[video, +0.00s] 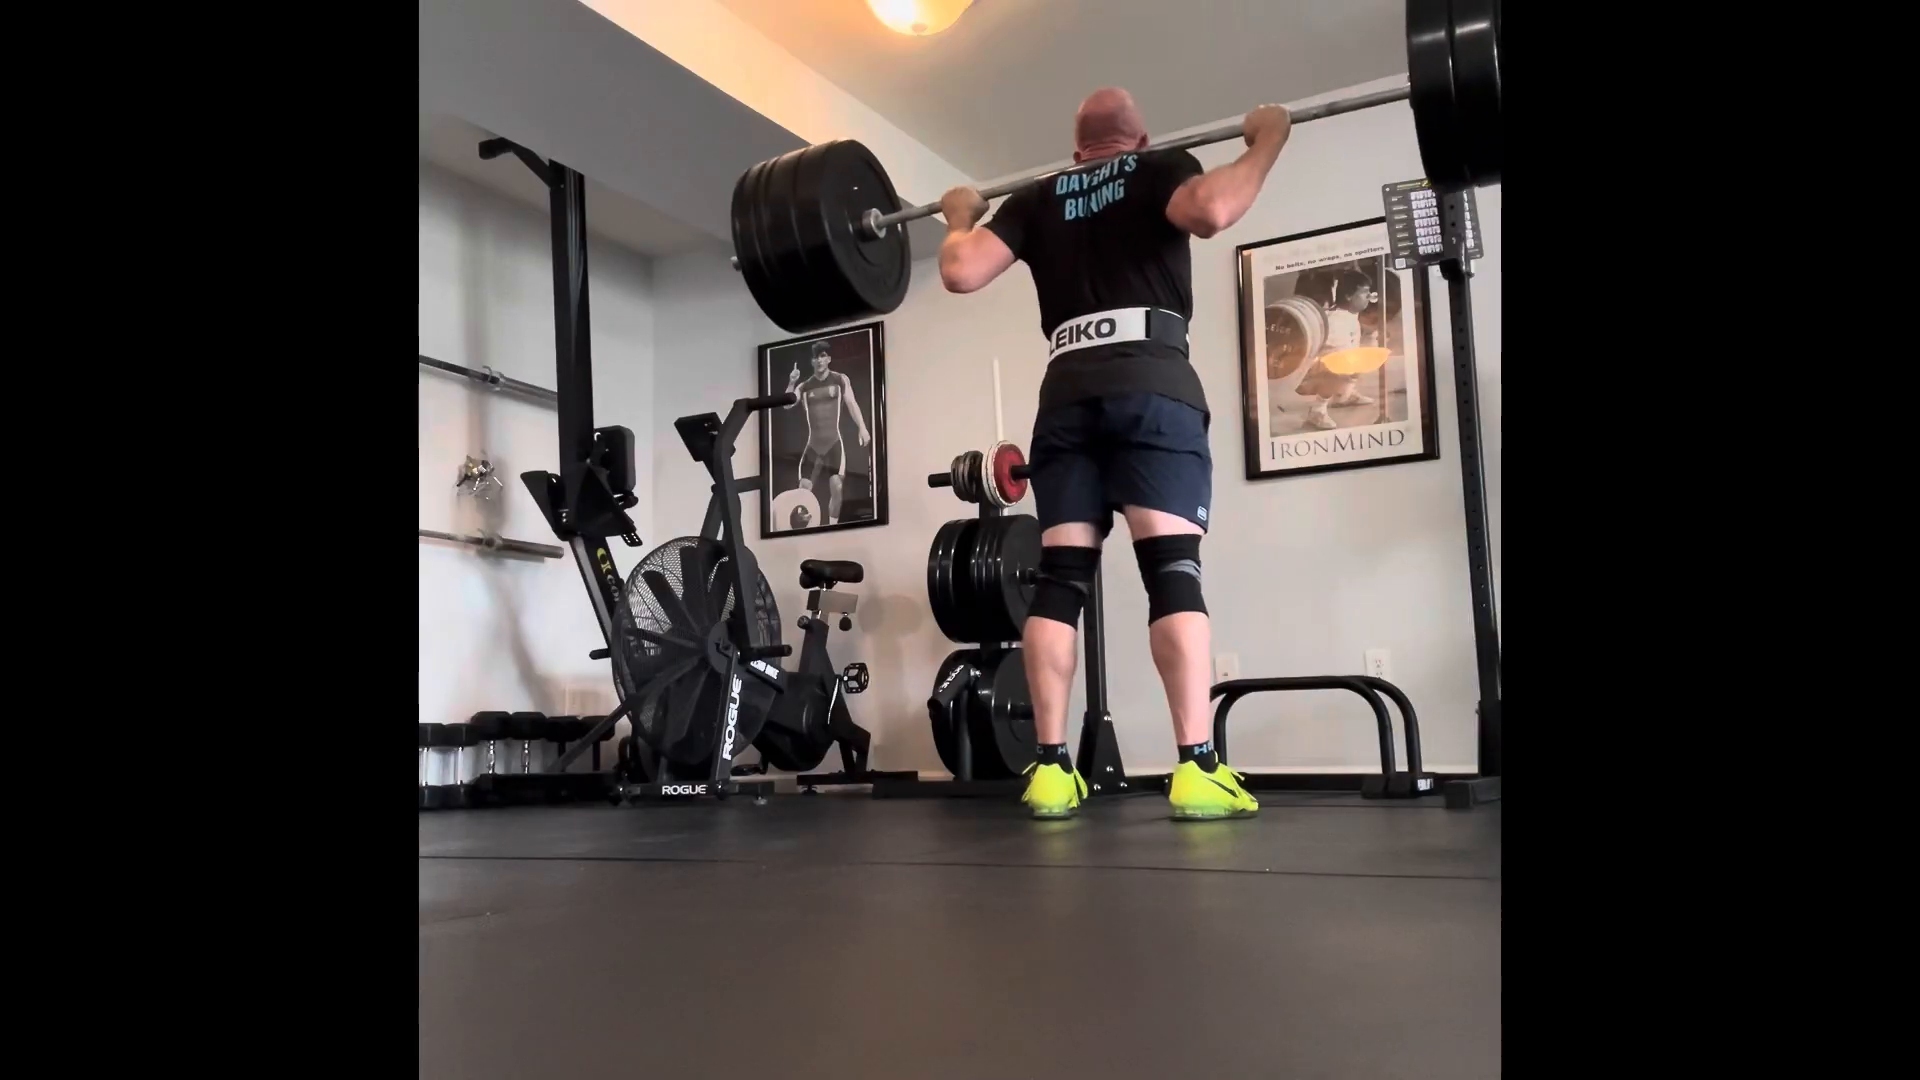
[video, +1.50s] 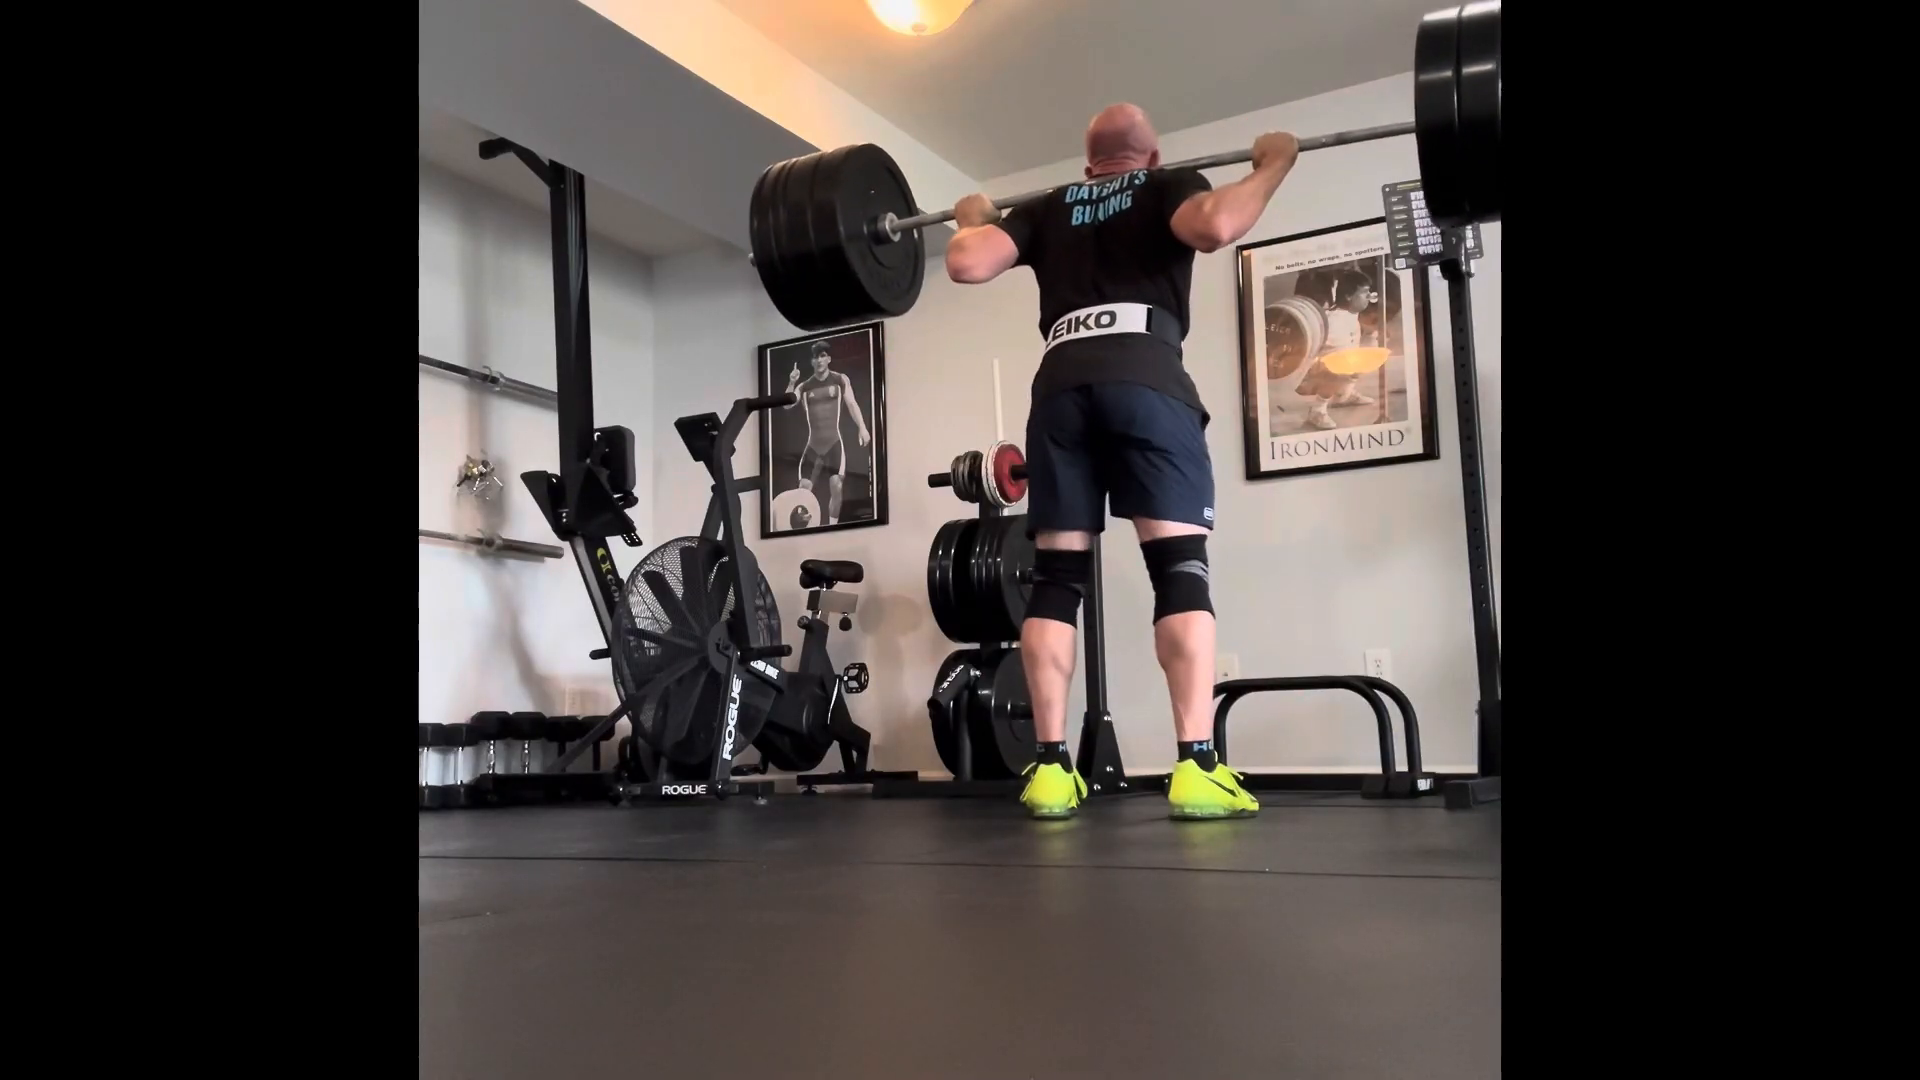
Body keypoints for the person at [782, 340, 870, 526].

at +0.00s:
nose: (819, 361)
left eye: (823, 357)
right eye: (816, 357)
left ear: (829, 359)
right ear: (811, 361)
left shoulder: (840, 380)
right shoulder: (803, 386)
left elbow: (851, 405)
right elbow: (787, 405)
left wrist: (862, 428)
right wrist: (791, 384)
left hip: (834, 442)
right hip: (813, 444)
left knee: (836, 484)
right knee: (804, 485)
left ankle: (832, 528)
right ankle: (802, 528)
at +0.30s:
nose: (820, 361)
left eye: (823, 357)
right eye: (816, 357)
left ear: (829, 359)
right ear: (811, 361)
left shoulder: (840, 380)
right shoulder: (803, 386)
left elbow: (852, 405)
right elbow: (787, 405)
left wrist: (862, 428)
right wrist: (791, 384)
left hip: (834, 443)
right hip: (812, 444)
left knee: (836, 484)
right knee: (804, 486)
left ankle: (832, 528)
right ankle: (802, 528)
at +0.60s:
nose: (819, 361)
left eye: (822, 356)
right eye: (815, 357)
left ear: (829, 359)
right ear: (811, 361)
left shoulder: (840, 380)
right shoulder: (803, 386)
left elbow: (852, 405)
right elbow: (787, 406)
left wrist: (862, 428)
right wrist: (792, 383)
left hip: (834, 443)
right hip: (813, 444)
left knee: (836, 485)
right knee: (804, 486)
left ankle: (832, 529)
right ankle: (802, 528)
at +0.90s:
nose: (819, 361)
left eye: (823, 356)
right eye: (816, 357)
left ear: (829, 359)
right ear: (811, 361)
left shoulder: (840, 380)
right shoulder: (803, 386)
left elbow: (852, 405)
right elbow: (787, 406)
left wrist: (862, 428)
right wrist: (791, 384)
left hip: (834, 442)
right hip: (813, 444)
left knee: (836, 485)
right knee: (804, 486)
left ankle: (832, 529)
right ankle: (802, 528)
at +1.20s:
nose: (819, 361)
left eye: (823, 356)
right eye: (816, 357)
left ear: (829, 359)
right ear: (811, 361)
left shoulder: (840, 380)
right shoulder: (803, 386)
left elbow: (852, 405)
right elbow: (787, 406)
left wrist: (862, 428)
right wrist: (791, 384)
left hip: (834, 442)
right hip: (813, 444)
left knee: (836, 485)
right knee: (804, 486)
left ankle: (832, 529)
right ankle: (802, 528)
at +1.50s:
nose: (819, 361)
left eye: (823, 356)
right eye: (816, 357)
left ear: (829, 359)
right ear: (811, 361)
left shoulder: (840, 380)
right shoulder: (803, 386)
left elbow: (852, 405)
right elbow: (787, 406)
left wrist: (862, 428)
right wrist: (791, 384)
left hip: (834, 442)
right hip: (813, 444)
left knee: (836, 485)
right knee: (804, 486)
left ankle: (832, 529)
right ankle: (802, 528)